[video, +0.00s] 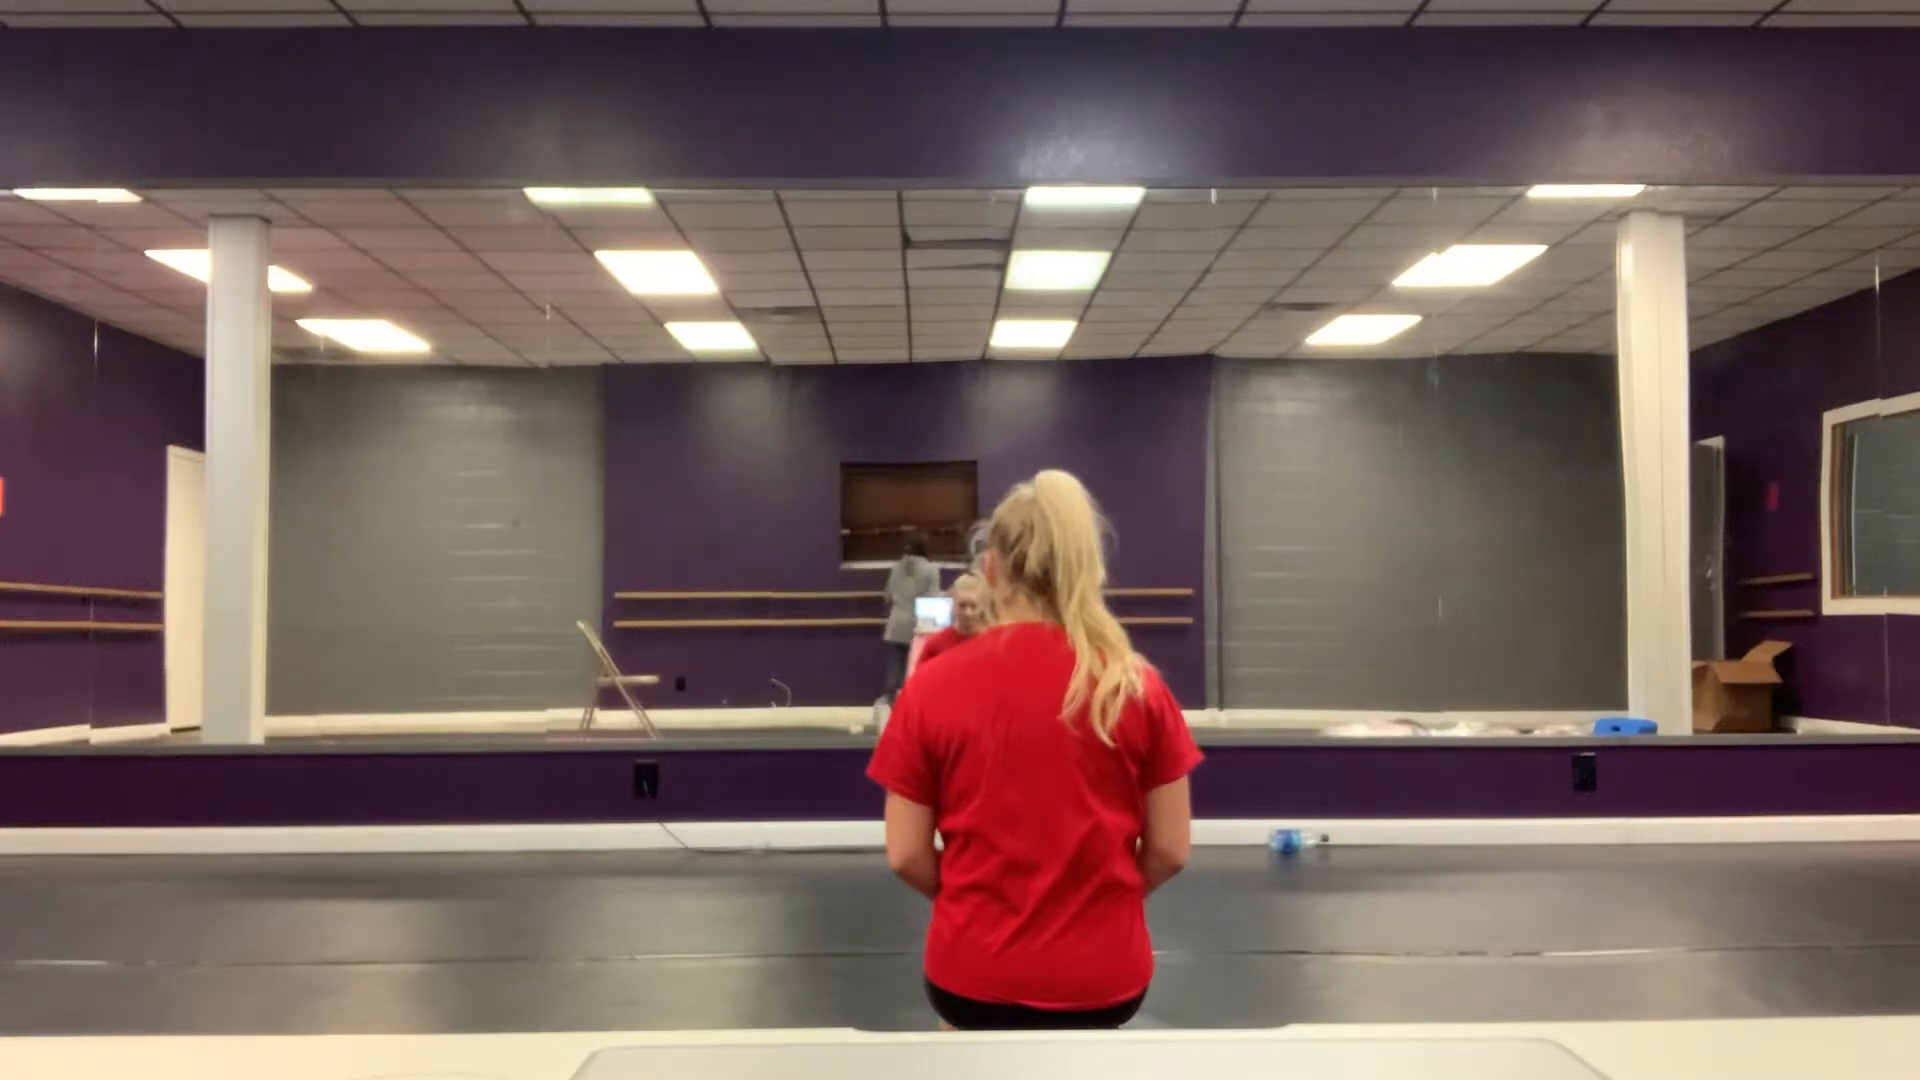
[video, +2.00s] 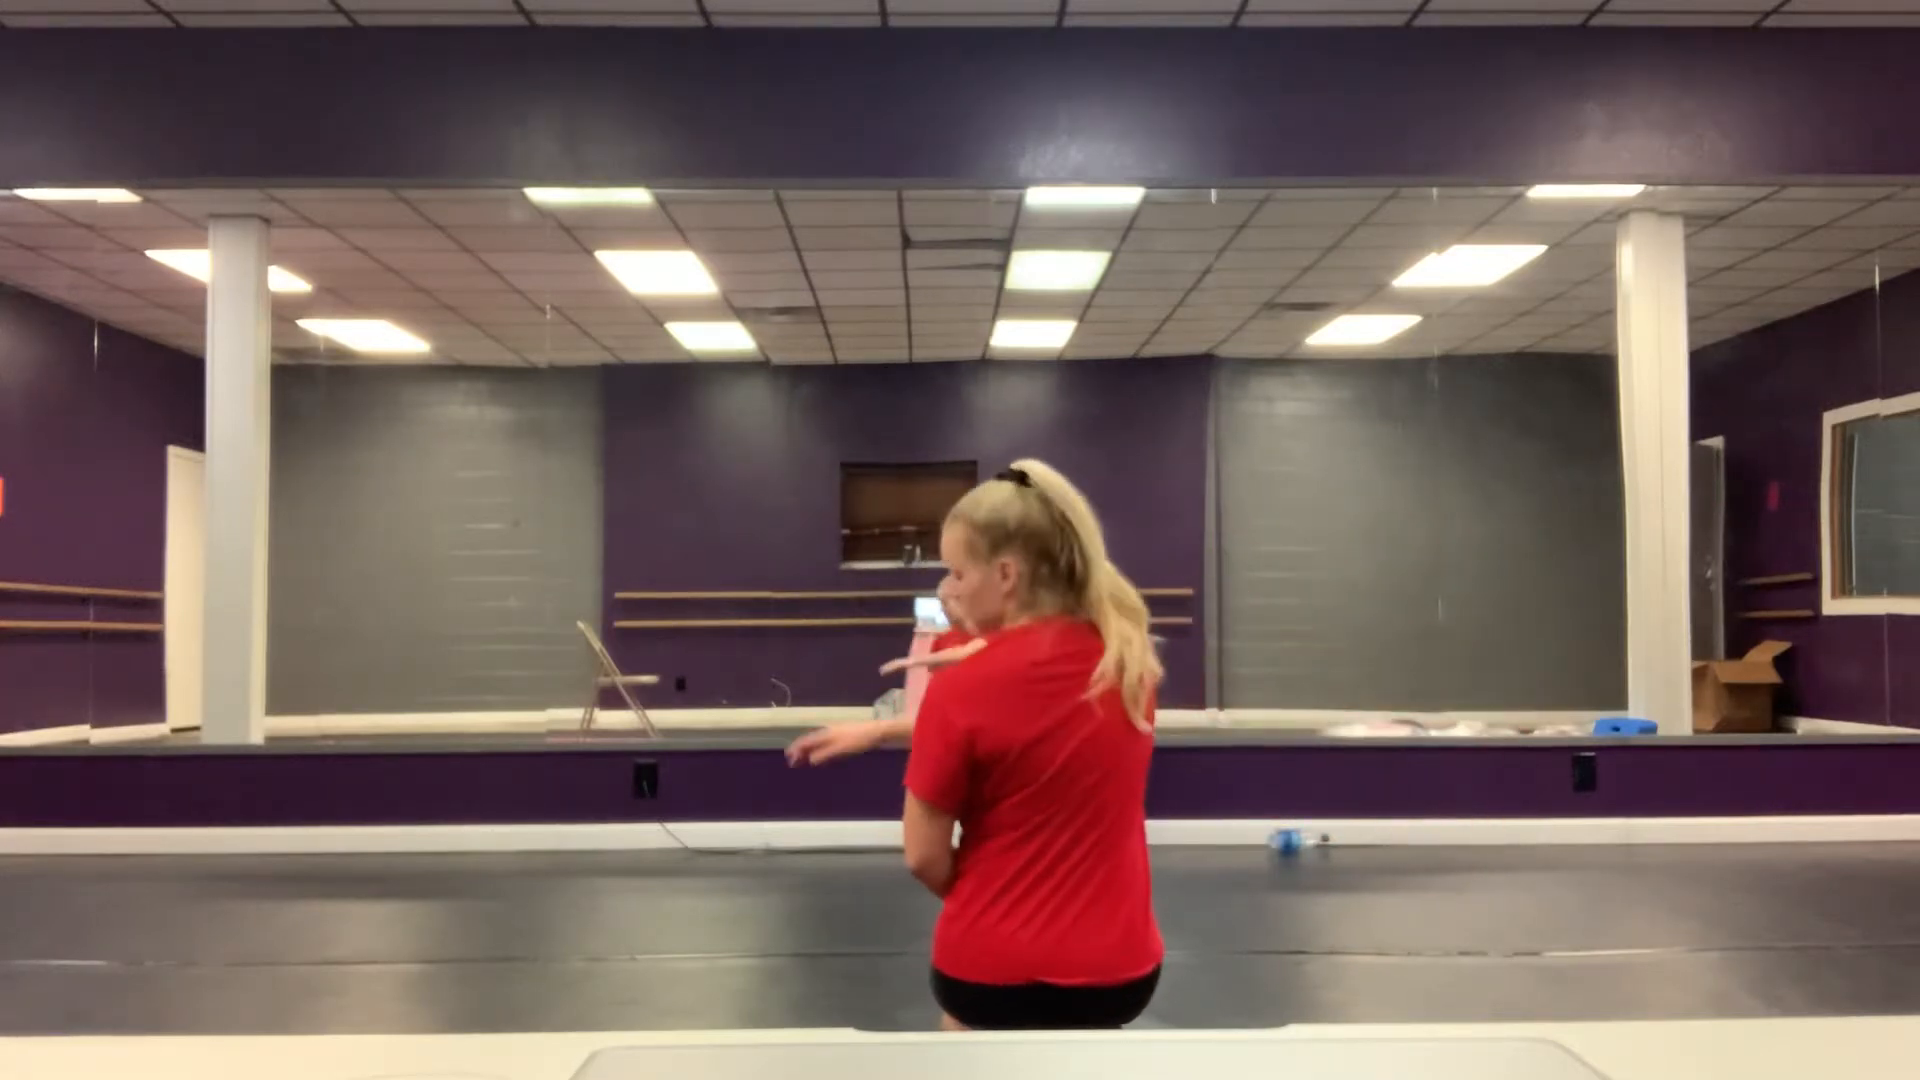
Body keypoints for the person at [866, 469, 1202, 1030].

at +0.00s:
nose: (980, 566)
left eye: (983, 553)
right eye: (982, 553)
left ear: (996, 567)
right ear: (1083, 568)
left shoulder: (937, 682)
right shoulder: (1136, 685)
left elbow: (906, 853)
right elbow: (1169, 851)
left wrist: (969, 895)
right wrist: (1102, 895)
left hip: (973, 982)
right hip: (1104, 984)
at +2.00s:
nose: (945, 592)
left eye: (955, 573)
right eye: (946, 574)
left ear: (1007, 574)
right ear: (1009, 572)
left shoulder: (962, 685)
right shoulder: (1131, 660)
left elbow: (925, 855)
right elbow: (1033, 694)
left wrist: (979, 890)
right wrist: (879, 731)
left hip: (993, 977)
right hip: (1119, 974)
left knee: (965, 1022)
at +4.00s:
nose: (1127, 517)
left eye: (1125, 501)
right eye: (1121, 501)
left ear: (1020, 499)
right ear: (1077, 505)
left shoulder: (933, 603)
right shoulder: (1119, 602)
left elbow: (893, 756)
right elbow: (1284, 598)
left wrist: (948, 834)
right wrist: (1409, 510)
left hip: (968, 874)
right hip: (1092, 874)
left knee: (977, 1002)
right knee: (1078, 990)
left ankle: (991, 1046)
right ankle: (1092, 1033)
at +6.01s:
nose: (1212, 698)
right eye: (1212, 684)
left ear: (1135, 651)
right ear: (1199, 684)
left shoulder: (1024, 668)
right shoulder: (1164, 742)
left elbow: (931, 722)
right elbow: (1179, 900)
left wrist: (950, 822)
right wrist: (1217, 960)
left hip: (947, 848)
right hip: (1073, 856)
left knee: (974, 989)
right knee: (1080, 985)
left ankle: (981, 1037)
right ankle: (1090, 1021)